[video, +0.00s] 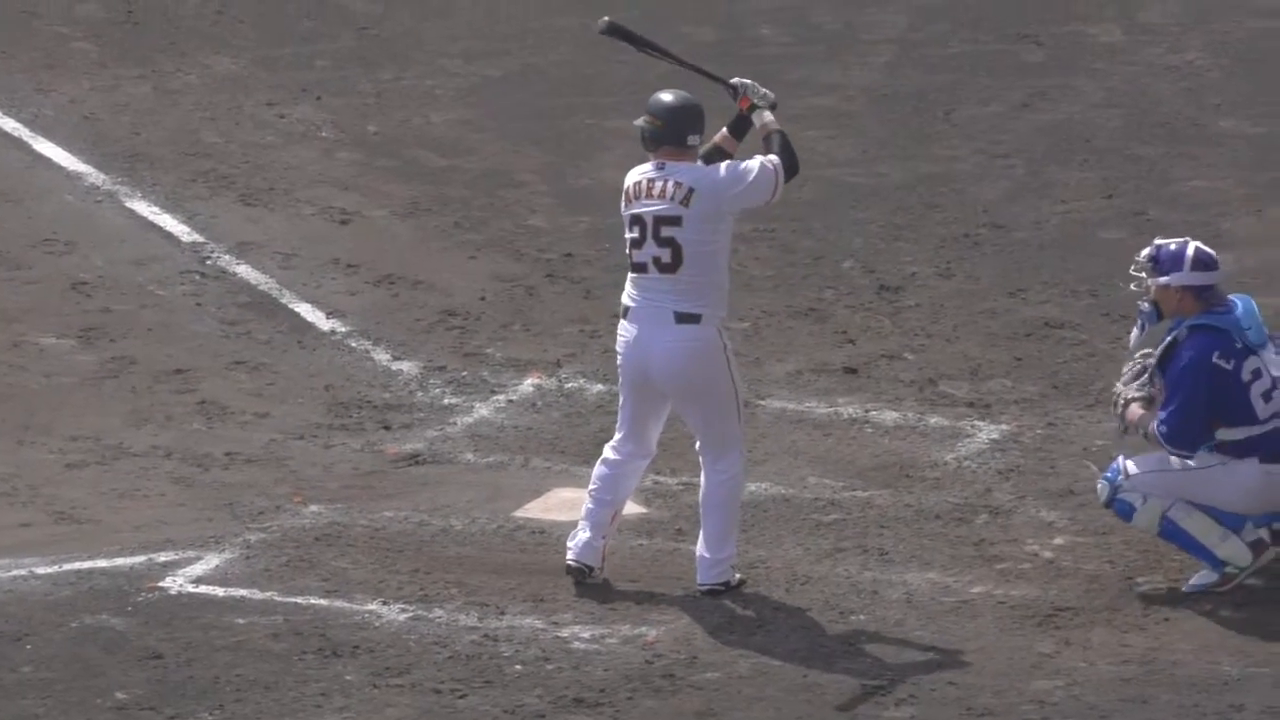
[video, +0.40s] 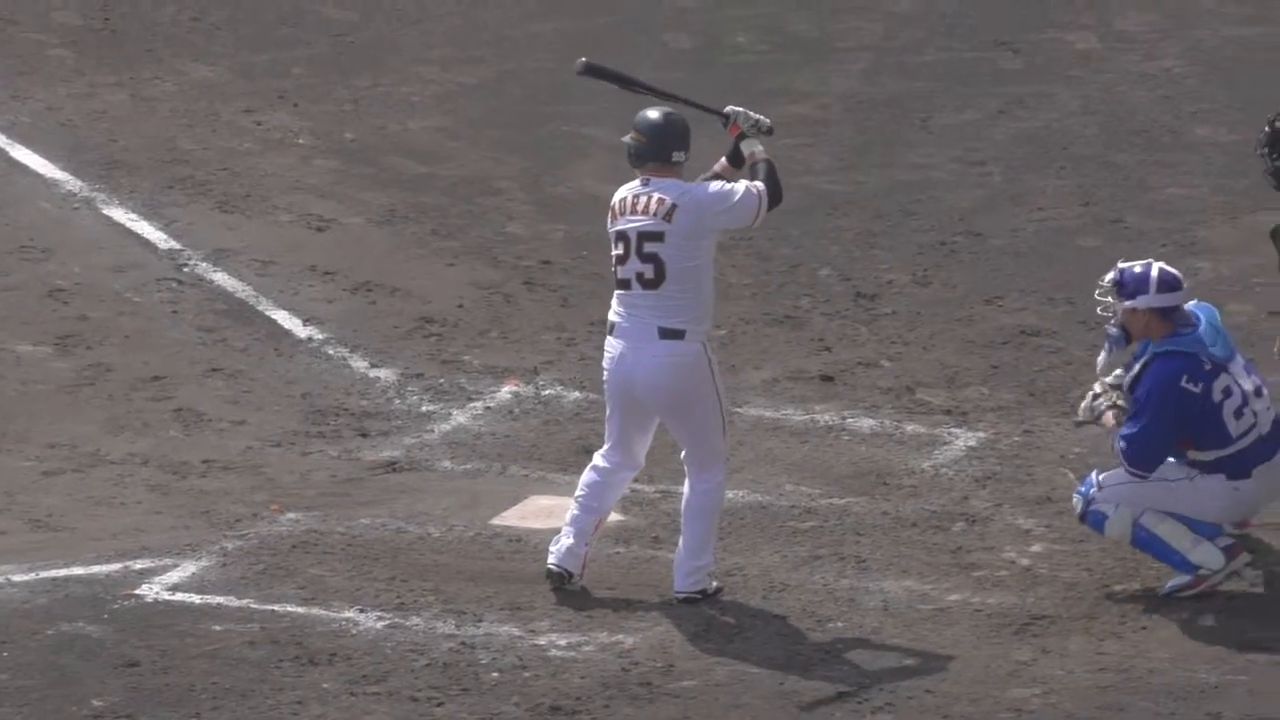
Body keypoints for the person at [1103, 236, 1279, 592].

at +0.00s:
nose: (1149, 292)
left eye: (1155, 285)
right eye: (1151, 284)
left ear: (1180, 293)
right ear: (1200, 290)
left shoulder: (1196, 352)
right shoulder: (1238, 313)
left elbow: (1179, 439)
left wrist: (1141, 417)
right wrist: (1158, 386)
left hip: (1258, 476)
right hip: (1269, 461)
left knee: (1120, 483)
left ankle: (1233, 557)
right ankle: (1254, 530)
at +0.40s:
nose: (1116, 314)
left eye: (1121, 307)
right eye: (1117, 305)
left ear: (1145, 314)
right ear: (1170, 305)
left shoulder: (1164, 375)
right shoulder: (1202, 316)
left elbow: (1139, 461)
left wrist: (1110, 417)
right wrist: (1126, 384)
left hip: (1237, 490)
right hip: (1270, 464)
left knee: (1094, 498)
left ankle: (1209, 561)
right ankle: (1228, 520)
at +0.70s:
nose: (1112, 313)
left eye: (1118, 306)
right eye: (1113, 305)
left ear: (1141, 312)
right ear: (1165, 307)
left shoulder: (1158, 367)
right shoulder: (1195, 328)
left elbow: (1121, 448)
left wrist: (1097, 414)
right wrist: (1117, 391)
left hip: (1228, 493)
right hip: (1264, 472)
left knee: (1083, 507)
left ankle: (1196, 571)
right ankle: (1209, 532)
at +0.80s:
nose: (1112, 316)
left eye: (1118, 308)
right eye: (1114, 307)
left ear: (1141, 314)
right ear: (1160, 311)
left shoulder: (1154, 362)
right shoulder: (1190, 332)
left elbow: (1120, 445)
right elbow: (1130, 388)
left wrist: (1080, 432)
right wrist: (1089, 410)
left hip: (1216, 494)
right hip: (1242, 477)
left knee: (1081, 515)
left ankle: (1189, 574)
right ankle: (1203, 540)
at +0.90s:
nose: (1109, 319)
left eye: (1115, 311)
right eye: (1110, 310)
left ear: (1138, 316)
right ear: (1162, 313)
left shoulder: (1152, 364)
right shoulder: (1196, 335)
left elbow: (1119, 450)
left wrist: (1073, 463)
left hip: (1211, 495)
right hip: (1245, 481)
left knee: (1076, 528)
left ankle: (1188, 578)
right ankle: (1201, 553)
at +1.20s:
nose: (1089, 327)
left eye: (1096, 319)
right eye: (1091, 318)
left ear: (1121, 326)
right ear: (1149, 322)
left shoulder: (1125, 375)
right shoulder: (1187, 345)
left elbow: (1083, 451)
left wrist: (1029, 469)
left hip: (1171, 493)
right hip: (1217, 478)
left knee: (1066, 563)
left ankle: (1180, 582)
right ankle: (1202, 541)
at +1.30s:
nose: (1081, 330)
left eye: (1088, 321)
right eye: (1082, 321)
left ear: (1114, 329)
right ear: (1131, 325)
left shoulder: (1117, 375)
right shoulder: (1165, 349)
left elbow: (1061, 443)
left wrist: (1005, 446)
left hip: (1191, 495)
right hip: (1238, 483)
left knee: (1066, 563)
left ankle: (1172, 580)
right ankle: (1200, 546)